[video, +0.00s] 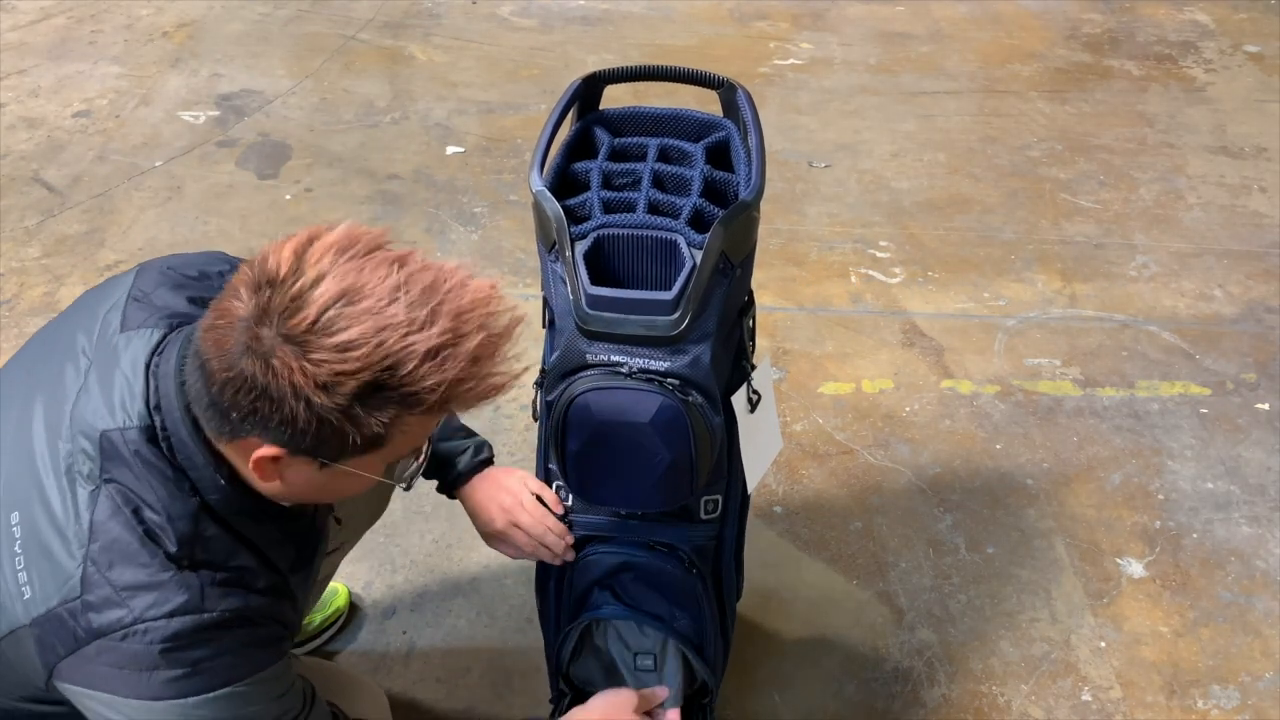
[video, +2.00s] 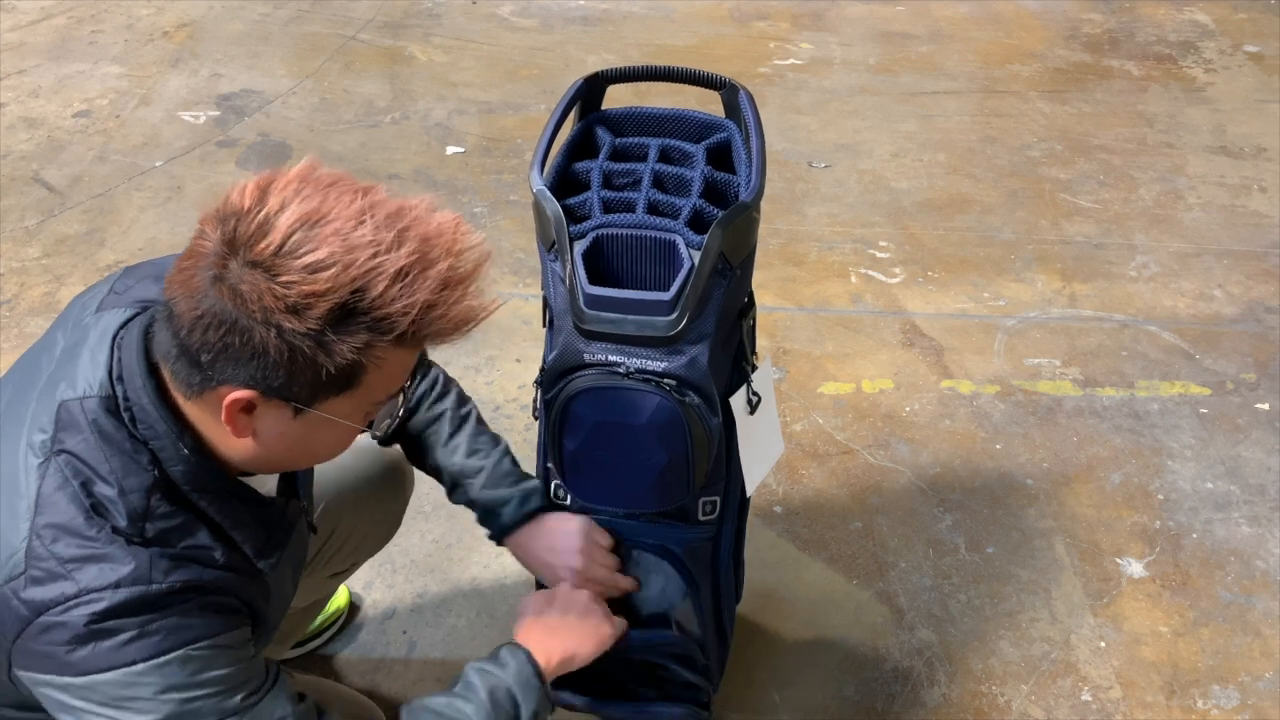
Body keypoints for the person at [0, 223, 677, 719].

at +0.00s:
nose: (413, 456)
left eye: (418, 432)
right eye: (398, 451)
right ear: (273, 471)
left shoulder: (195, 284)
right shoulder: (157, 637)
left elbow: (356, 355)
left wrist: (473, 470)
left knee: (372, 476)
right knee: (354, 700)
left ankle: (267, 623)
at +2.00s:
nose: (380, 423)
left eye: (393, 397)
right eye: (368, 410)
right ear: (244, 414)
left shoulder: (185, 295)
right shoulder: (125, 631)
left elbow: (408, 385)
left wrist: (523, 517)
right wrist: (527, 660)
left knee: (378, 484)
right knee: (351, 711)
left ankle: (270, 636)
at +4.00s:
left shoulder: (192, 23)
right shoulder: (72, 119)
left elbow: (272, 202)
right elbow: (315, 450)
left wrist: (465, 337)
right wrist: (584, 420)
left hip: (15, 373)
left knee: (82, 533)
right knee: (42, 668)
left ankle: (198, 653)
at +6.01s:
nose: (383, 63)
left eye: (398, 41)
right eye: (386, 41)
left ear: (206, 2)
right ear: (211, 3)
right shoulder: (25, 257)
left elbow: (226, 145)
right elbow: (191, 485)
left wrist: (369, 316)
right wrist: (480, 506)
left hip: (45, 363)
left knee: (94, 520)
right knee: (38, 620)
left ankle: (198, 653)